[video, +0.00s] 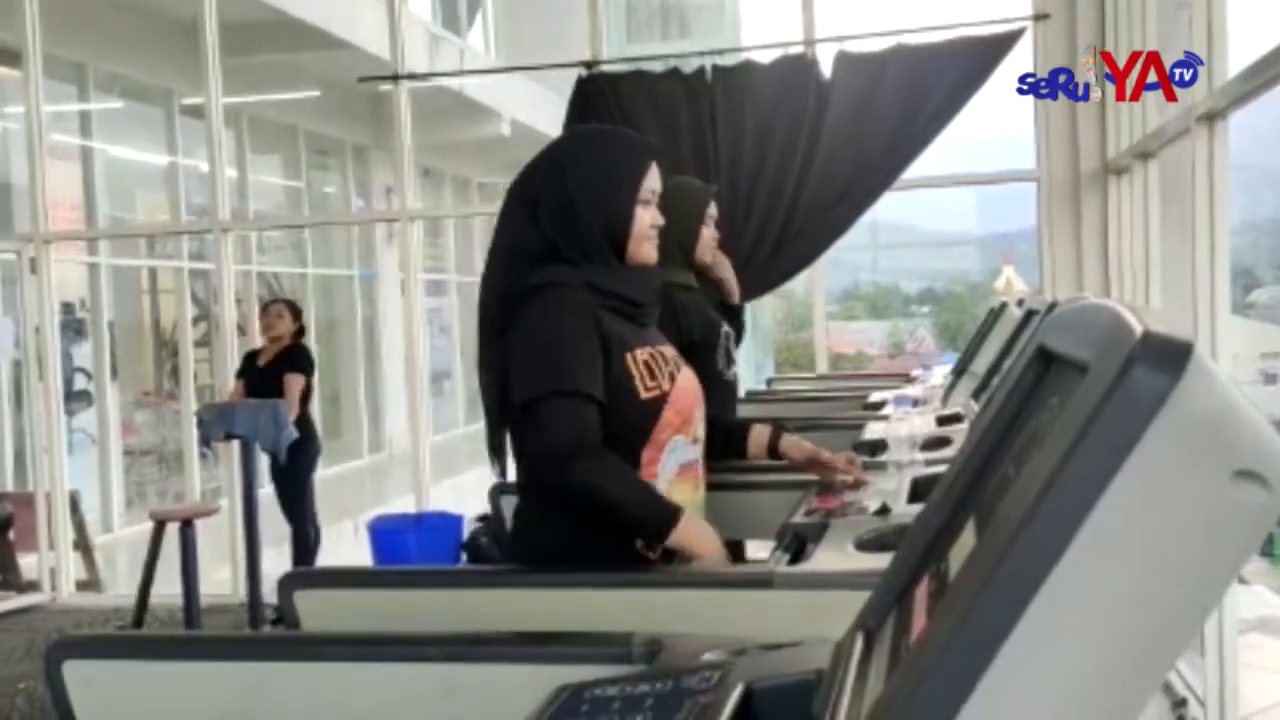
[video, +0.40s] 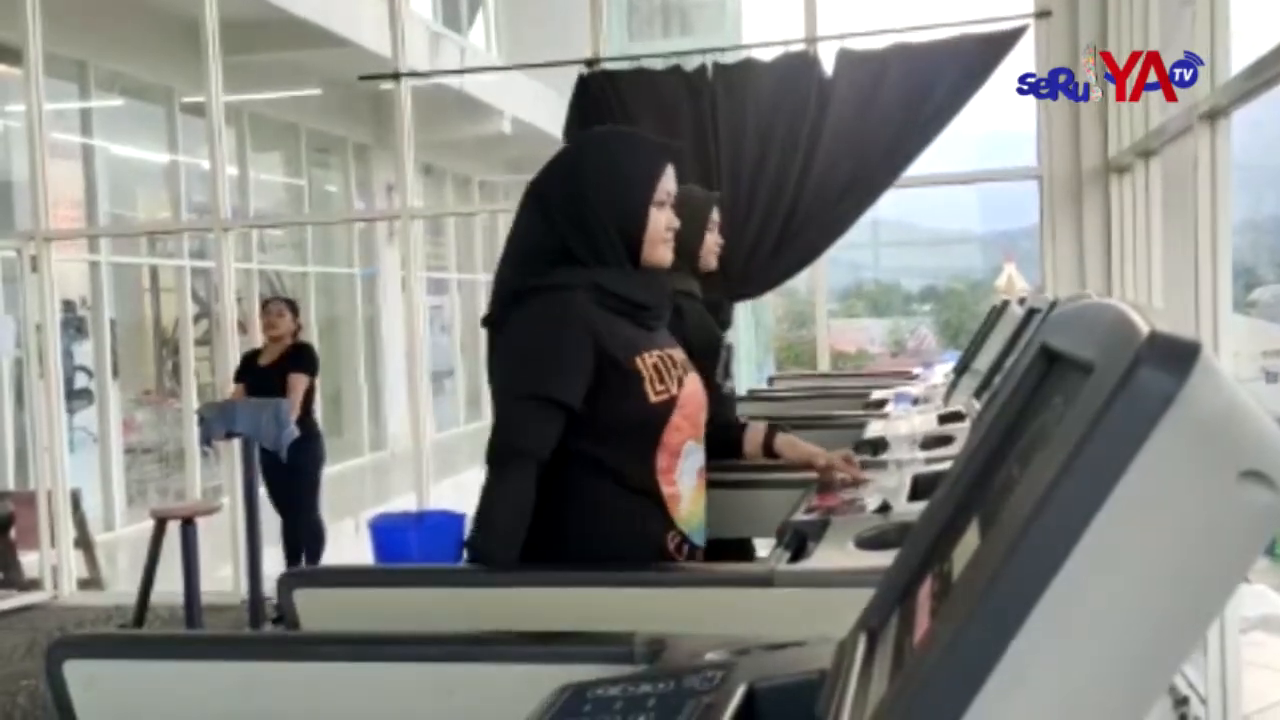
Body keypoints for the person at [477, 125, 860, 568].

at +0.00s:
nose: (659, 219)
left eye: (656, 203)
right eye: (646, 202)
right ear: (598, 203)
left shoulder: (622, 307)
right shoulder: (561, 310)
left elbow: (667, 432)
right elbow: (566, 460)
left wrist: (776, 444)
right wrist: (678, 526)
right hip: (589, 582)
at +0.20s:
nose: (670, 201)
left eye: (668, 185)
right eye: (657, 184)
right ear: (608, 185)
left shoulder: (636, 281)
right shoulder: (555, 287)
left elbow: (683, 406)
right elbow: (533, 442)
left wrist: (783, 440)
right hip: (593, 559)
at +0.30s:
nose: (674, 207)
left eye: (671, 191)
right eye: (660, 191)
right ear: (610, 192)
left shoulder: (639, 296)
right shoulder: (553, 300)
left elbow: (686, 422)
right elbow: (517, 452)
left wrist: (783, 444)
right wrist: (492, 583)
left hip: (650, 560)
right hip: (579, 571)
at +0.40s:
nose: (720, 241)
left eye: (718, 231)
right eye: (714, 230)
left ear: (689, 234)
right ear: (686, 232)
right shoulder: (682, 305)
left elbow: (717, 428)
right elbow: (713, 428)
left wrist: (815, 457)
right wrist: (811, 456)